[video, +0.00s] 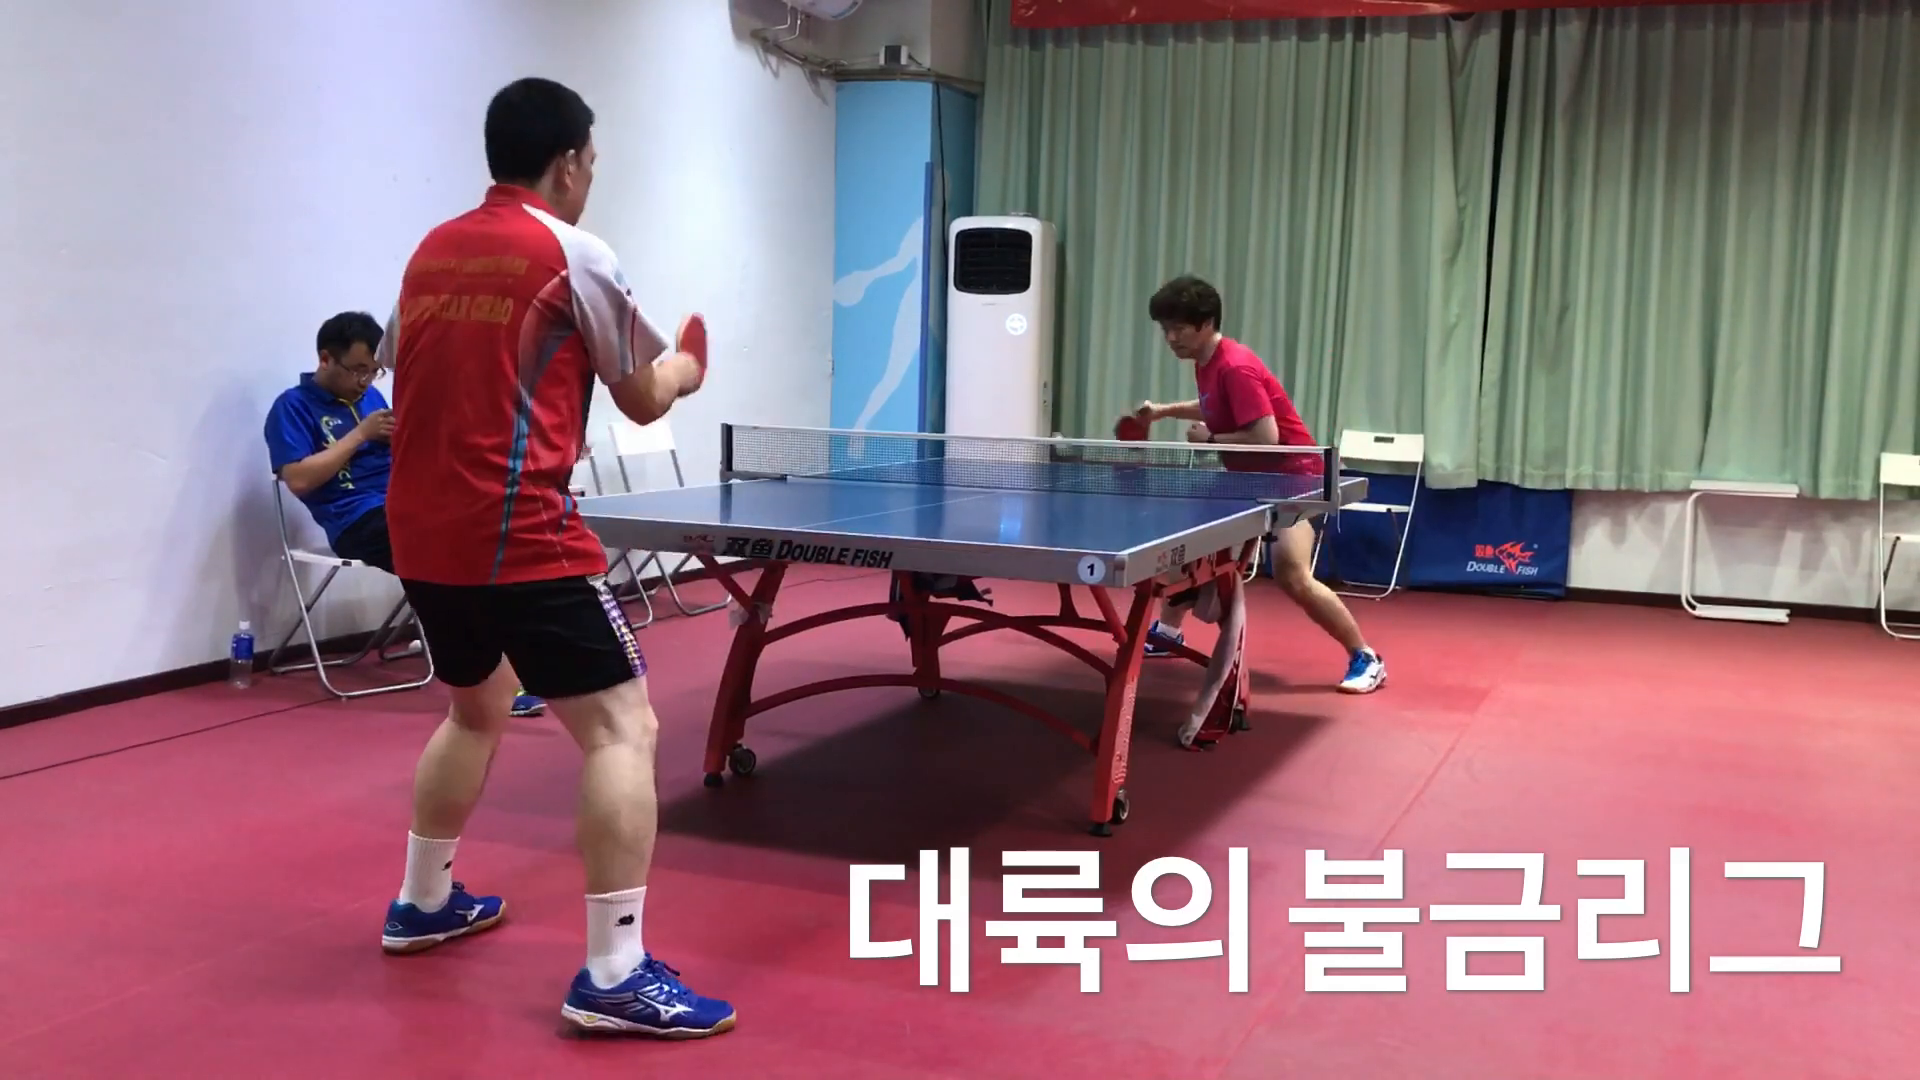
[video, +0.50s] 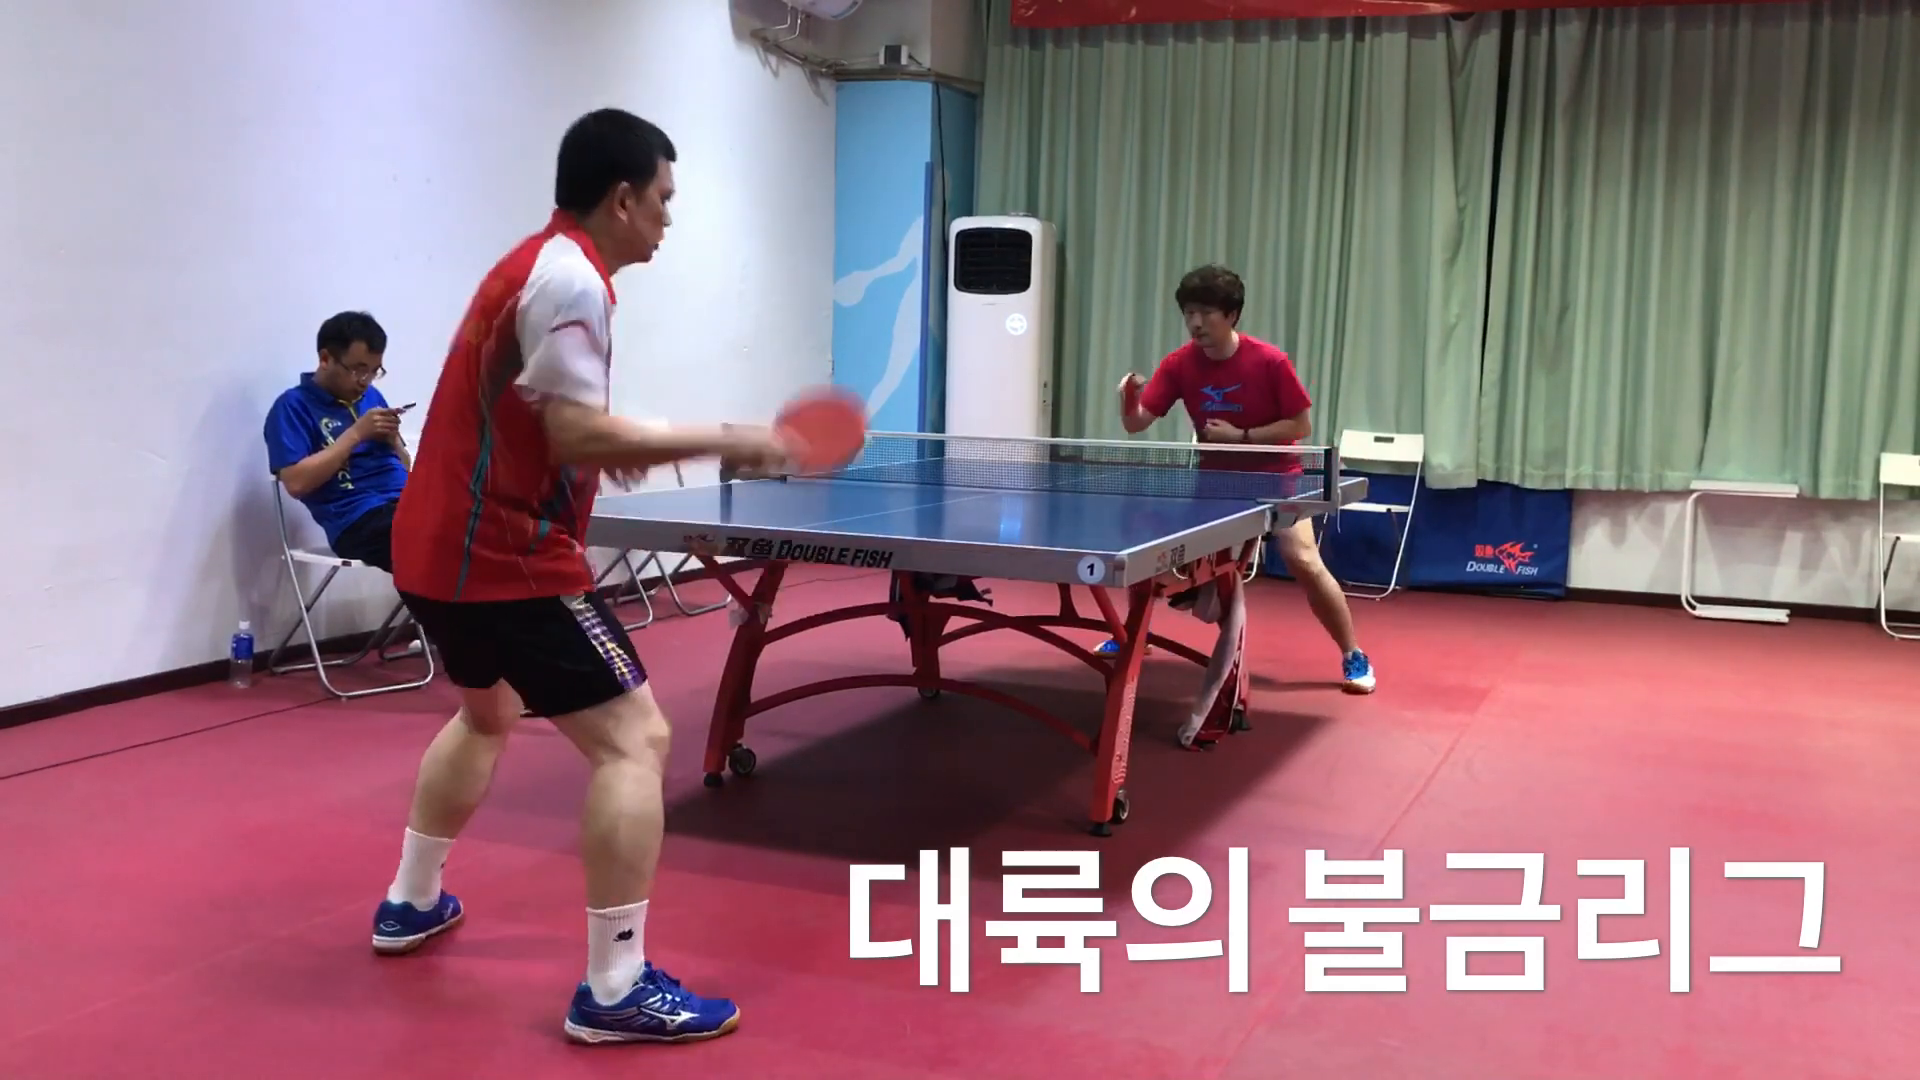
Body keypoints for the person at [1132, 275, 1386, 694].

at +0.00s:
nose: (1170, 338)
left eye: (1178, 328)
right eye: (1166, 329)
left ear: (1205, 324)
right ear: (1166, 329)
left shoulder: (1236, 366)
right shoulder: (1204, 363)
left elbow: (1266, 435)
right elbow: (1217, 411)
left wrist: (1212, 438)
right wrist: (1163, 411)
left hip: (1294, 476)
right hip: (1248, 476)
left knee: (1294, 578)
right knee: (1187, 540)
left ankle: (1365, 657)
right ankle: (1167, 632)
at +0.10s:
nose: (1175, 343)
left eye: (1180, 334)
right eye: (1172, 335)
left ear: (1209, 330)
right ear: (1204, 331)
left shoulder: (1250, 373)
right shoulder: (1202, 370)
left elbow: (1281, 442)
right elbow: (1193, 413)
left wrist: (1222, 443)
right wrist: (1132, 399)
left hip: (1295, 482)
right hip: (1245, 481)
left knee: (1297, 580)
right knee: (1183, 539)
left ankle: (1365, 659)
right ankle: (1166, 631)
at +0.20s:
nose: (1185, 335)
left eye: (1192, 326)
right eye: (1182, 326)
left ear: (1222, 324)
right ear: (1184, 326)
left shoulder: (1266, 364)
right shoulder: (1193, 365)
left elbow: (1301, 435)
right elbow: (1143, 399)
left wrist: (1237, 437)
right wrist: (1122, 367)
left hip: (1297, 480)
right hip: (1242, 479)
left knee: (1306, 573)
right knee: (1181, 546)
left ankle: (1365, 659)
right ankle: (1166, 632)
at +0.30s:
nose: (1196, 321)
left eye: (1204, 312)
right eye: (1192, 312)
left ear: (1234, 311)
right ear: (1190, 311)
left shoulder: (1280, 355)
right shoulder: (1195, 352)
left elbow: (1311, 422)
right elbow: (1140, 395)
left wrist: (1247, 428)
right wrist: (1134, 368)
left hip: (1297, 473)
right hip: (1236, 473)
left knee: (1309, 558)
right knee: (1172, 535)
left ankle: (1353, 654)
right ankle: (1161, 625)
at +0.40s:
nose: (1201, 320)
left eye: (1210, 310)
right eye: (1195, 310)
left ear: (1239, 309)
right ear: (1190, 311)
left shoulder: (1281, 356)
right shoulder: (1190, 356)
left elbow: (1313, 419)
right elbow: (1140, 410)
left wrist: (1250, 429)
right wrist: (1138, 388)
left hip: (1290, 474)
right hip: (1228, 474)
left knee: (1310, 560)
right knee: (1170, 545)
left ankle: (1353, 654)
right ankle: (1133, 636)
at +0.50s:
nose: (1195, 322)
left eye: (1205, 311)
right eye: (1189, 312)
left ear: (1232, 314)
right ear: (1184, 315)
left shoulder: (1269, 361)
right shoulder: (1179, 365)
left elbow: (1300, 426)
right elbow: (1135, 424)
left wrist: (1241, 436)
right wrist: (1129, 402)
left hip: (1277, 479)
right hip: (1216, 480)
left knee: (1304, 562)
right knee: (1150, 543)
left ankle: (1353, 655)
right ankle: (1132, 635)